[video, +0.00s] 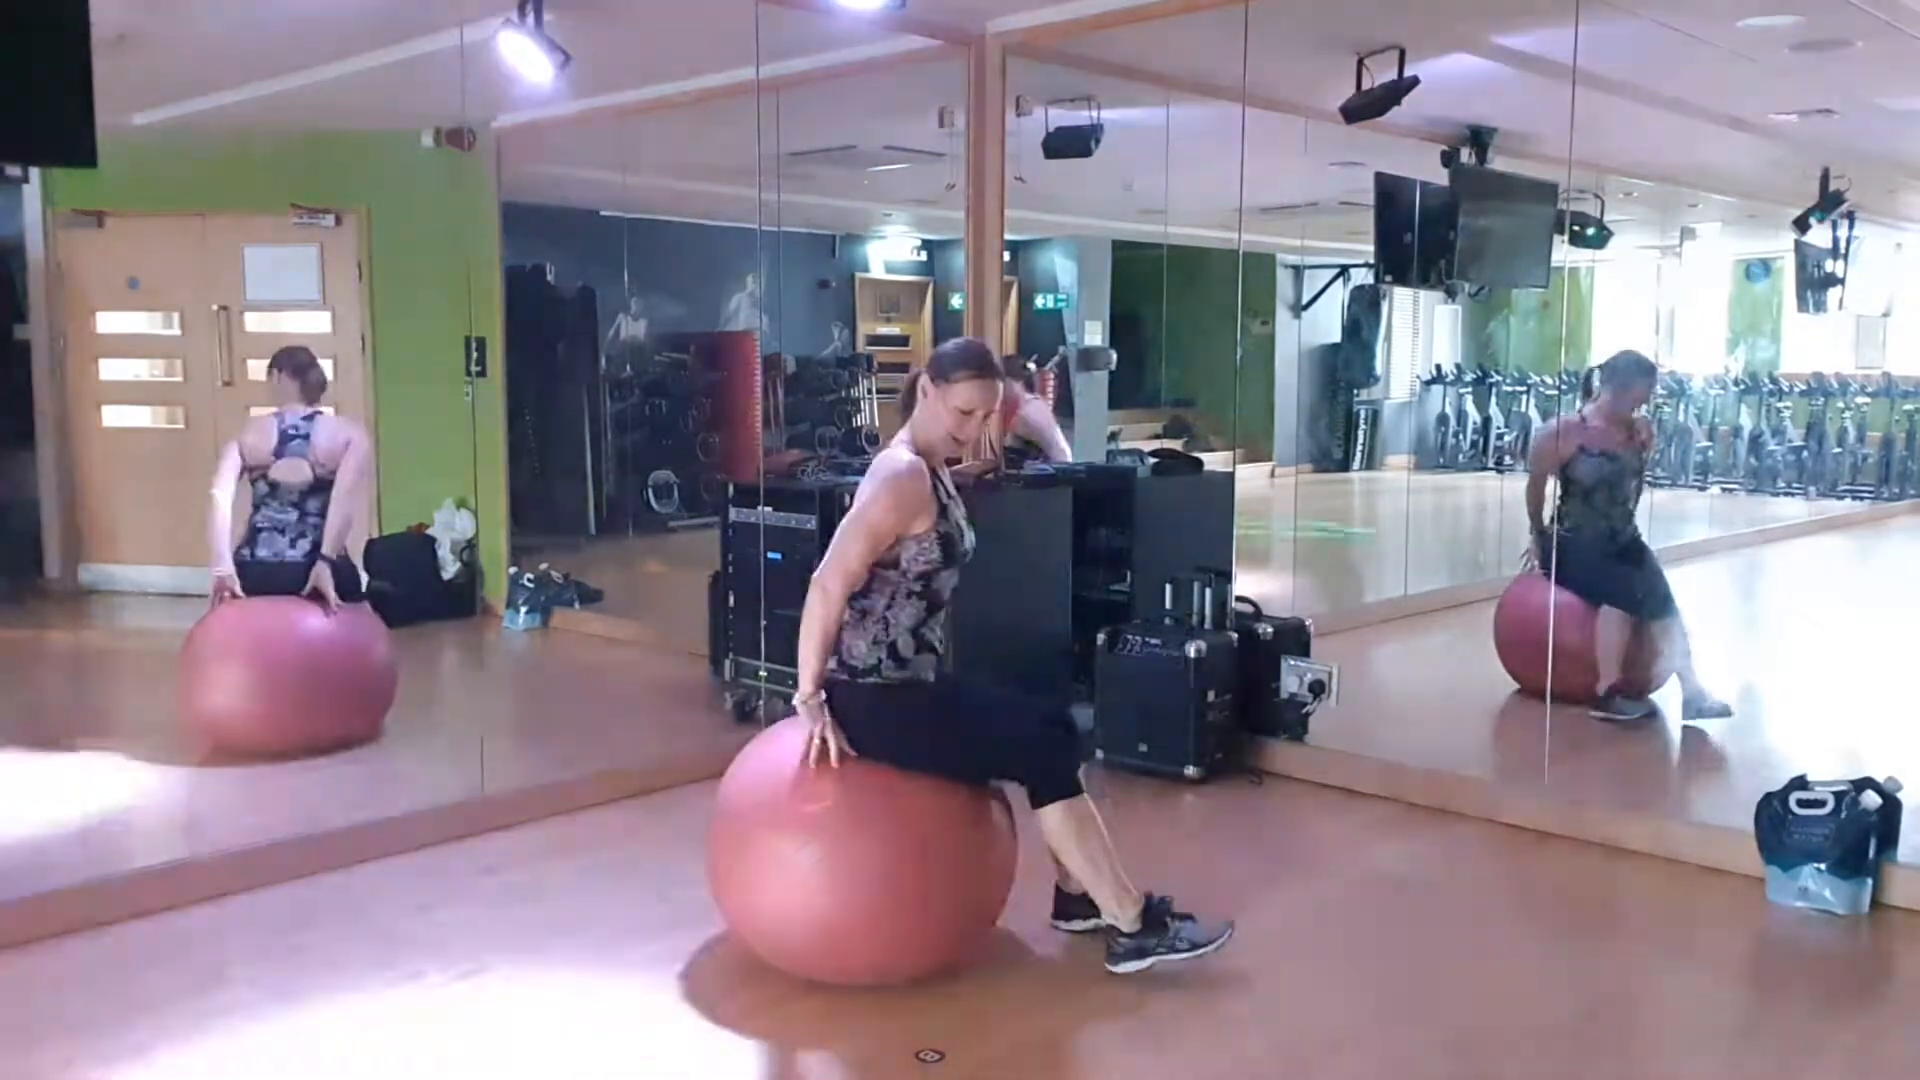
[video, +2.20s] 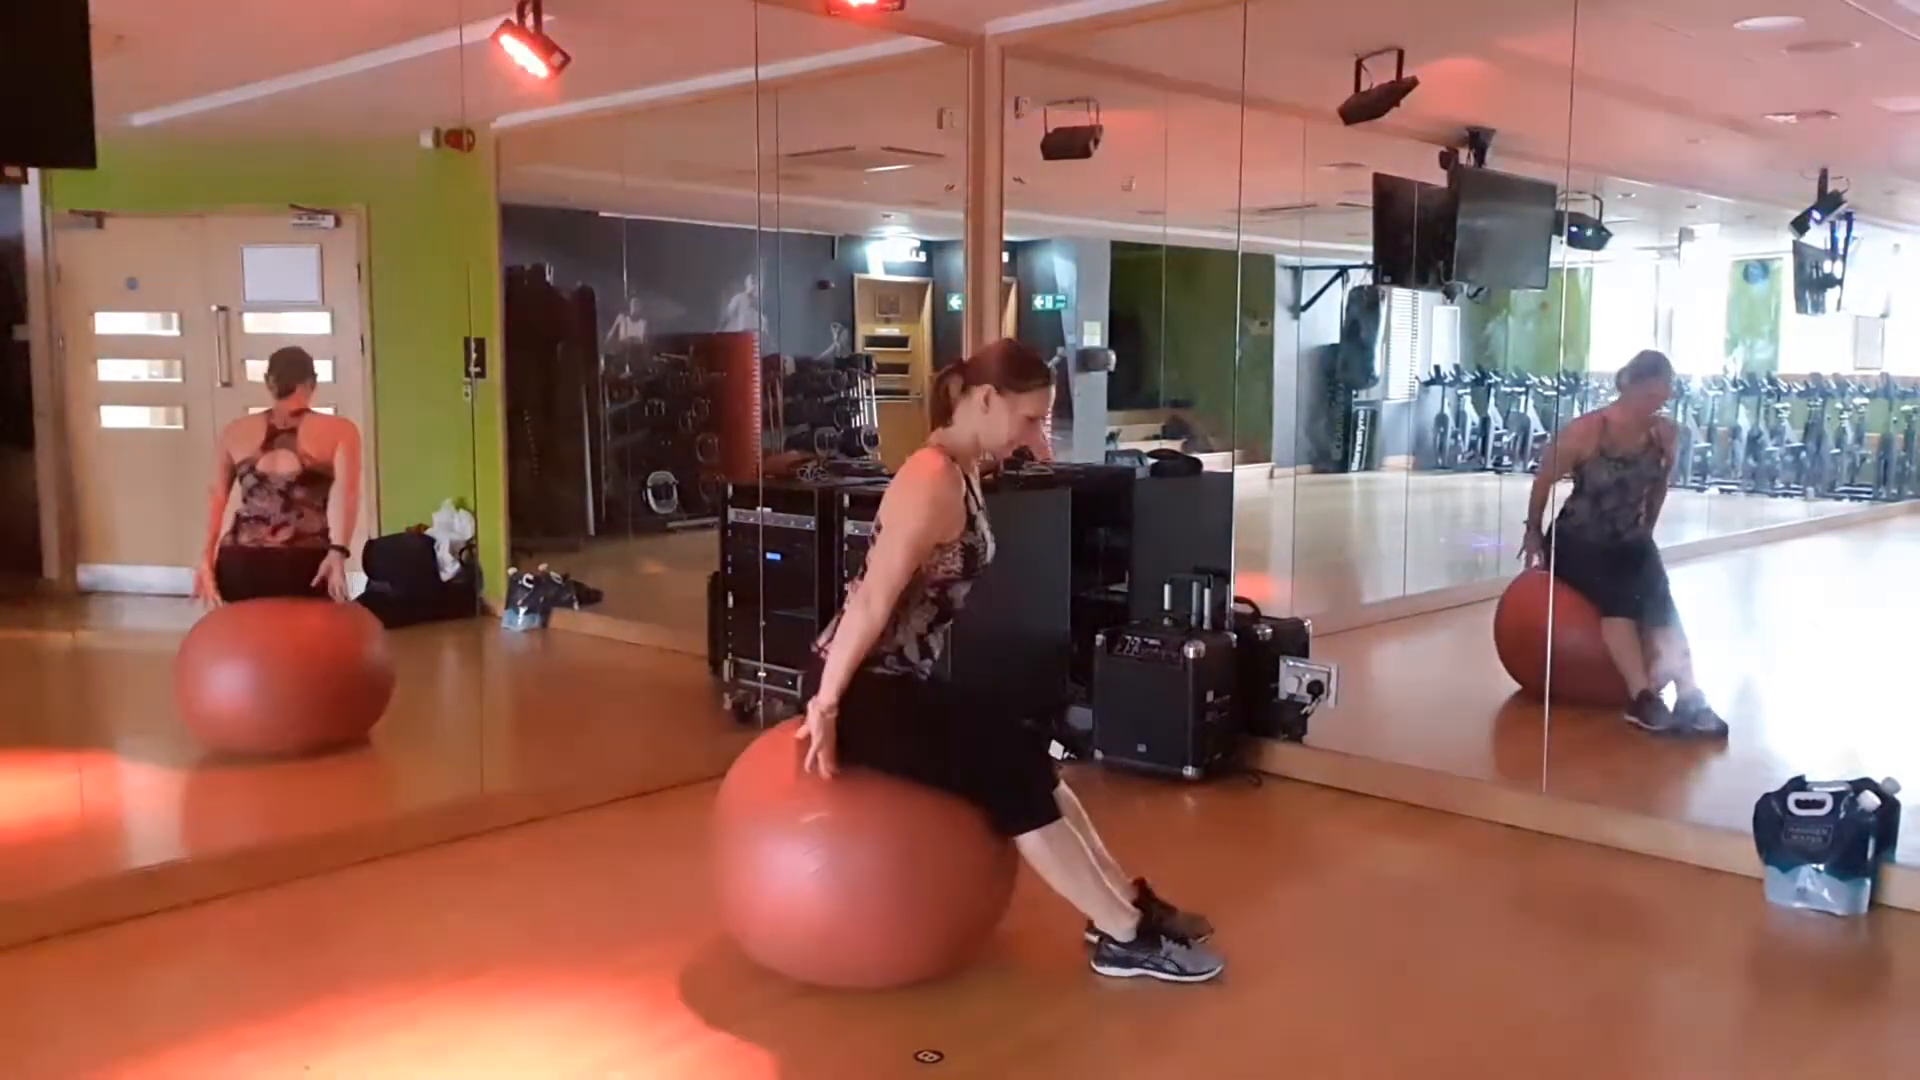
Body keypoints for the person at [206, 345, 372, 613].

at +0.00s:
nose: (270, 385)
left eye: (270, 377)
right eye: (270, 378)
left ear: (278, 376)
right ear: (317, 381)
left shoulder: (247, 434)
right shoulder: (350, 433)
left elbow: (220, 495)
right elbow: (343, 498)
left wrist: (221, 565)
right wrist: (326, 560)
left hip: (254, 571)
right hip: (320, 570)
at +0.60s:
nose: (276, 359)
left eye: (279, 351)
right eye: (277, 351)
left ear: (293, 355)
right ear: (323, 359)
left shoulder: (258, 417)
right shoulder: (356, 419)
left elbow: (245, 485)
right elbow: (353, 484)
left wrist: (241, 549)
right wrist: (340, 544)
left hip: (269, 545)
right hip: (326, 545)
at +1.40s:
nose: (252, 383)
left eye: (255, 376)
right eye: (253, 376)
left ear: (269, 383)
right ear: (302, 381)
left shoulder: (240, 441)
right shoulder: (342, 436)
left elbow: (239, 511)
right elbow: (353, 499)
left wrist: (243, 569)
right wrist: (354, 560)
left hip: (270, 573)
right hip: (329, 570)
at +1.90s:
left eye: (270, 374)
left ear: (271, 376)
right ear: (313, 377)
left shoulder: (239, 430)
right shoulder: (344, 429)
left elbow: (224, 500)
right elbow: (350, 497)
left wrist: (219, 561)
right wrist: (346, 557)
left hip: (255, 569)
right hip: (319, 567)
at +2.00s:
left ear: (269, 380)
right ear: (313, 380)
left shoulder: (239, 432)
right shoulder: (341, 431)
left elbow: (219, 504)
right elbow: (343, 495)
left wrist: (213, 563)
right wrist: (337, 555)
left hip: (250, 570)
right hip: (314, 569)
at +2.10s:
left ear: (268, 382)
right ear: (313, 382)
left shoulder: (237, 433)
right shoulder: (339, 432)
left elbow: (217, 503)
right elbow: (341, 499)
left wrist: (209, 563)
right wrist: (334, 554)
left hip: (245, 569)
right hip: (309, 569)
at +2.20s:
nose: (311, 388)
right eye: (312, 382)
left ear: (269, 384)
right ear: (310, 384)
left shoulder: (236, 432)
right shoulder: (339, 431)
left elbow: (218, 498)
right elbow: (346, 493)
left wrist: (207, 560)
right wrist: (338, 550)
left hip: (239, 563)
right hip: (306, 562)